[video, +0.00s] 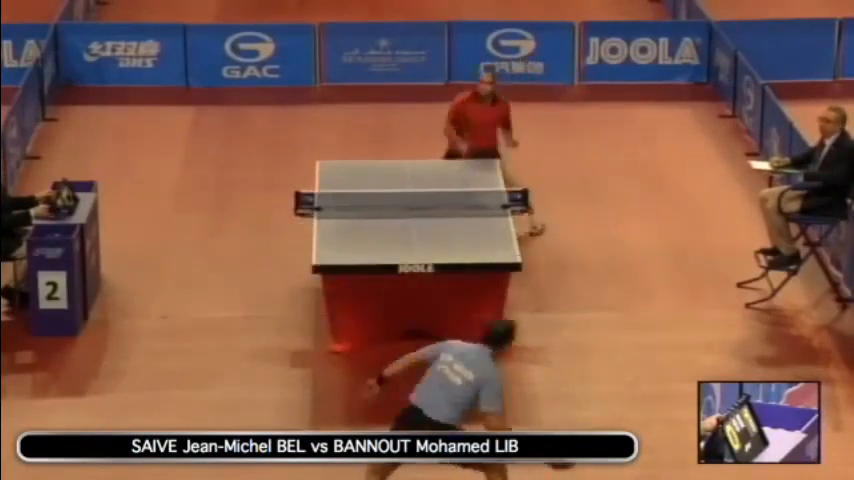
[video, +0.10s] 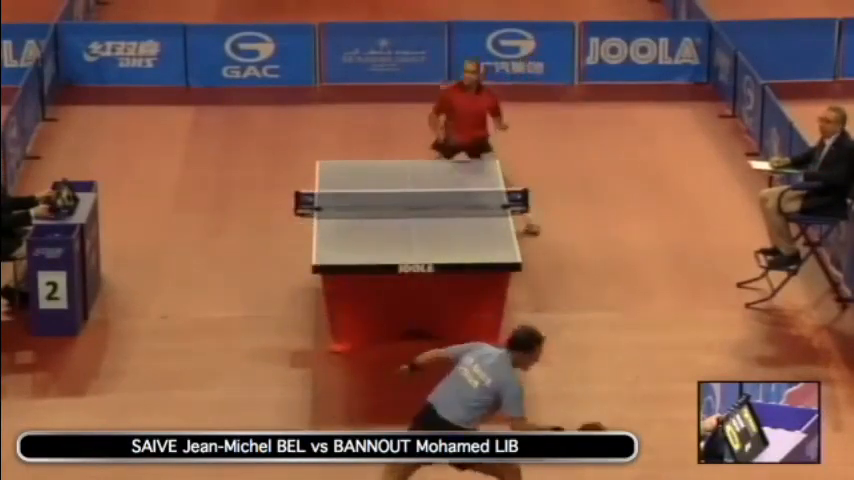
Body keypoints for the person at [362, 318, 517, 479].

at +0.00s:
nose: (511, 350)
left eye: (510, 344)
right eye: (511, 345)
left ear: (486, 335)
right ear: (505, 347)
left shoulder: (453, 346)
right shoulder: (490, 373)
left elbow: (412, 358)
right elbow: (493, 422)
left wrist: (381, 378)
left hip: (411, 417)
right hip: (442, 430)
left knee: (379, 469)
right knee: (495, 467)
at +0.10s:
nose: (537, 359)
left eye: (538, 353)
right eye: (536, 353)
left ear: (513, 345)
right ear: (524, 352)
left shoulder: (480, 349)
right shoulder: (510, 381)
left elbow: (438, 353)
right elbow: (518, 426)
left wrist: (414, 365)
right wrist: (550, 430)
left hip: (426, 420)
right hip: (454, 435)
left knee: (397, 471)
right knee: (510, 472)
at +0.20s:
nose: (555, 369)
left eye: (557, 363)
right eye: (553, 362)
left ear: (535, 352)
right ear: (538, 356)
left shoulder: (505, 352)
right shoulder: (530, 385)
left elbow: (464, 355)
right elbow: (551, 426)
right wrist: (585, 411)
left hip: (442, 420)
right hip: (466, 437)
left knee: (427, 474)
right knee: (519, 476)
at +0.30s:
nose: (560, 351)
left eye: (560, 346)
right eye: (559, 347)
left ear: (532, 340)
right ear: (553, 352)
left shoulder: (513, 348)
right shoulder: (536, 383)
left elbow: (485, 355)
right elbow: (552, 425)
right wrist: (586, 411)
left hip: (452, 420)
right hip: (477, 438)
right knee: (520, 475)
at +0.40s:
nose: (556, 340)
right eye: (555, 337)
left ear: (527, 334)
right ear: (552, 345)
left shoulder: (511, 346)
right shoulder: (537, 376)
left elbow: (489, 357)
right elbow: (545, 427)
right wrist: (582, 425)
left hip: (462, 423)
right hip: (489, 439)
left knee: (481, 475)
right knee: (540, 476)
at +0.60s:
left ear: (537, 338)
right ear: (566, 343)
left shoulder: (516, 360)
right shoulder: (567, 384)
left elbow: (493, 393)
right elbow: (563, 432)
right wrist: (572, 464)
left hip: (501, 449)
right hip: (538, 456)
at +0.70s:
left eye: (547, 339)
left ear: (547, 345)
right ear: (574, 346)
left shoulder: (525, 373)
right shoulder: (584, 386)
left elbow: (505, 411)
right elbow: (580, 431)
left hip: (522, 463)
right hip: (560, 466)